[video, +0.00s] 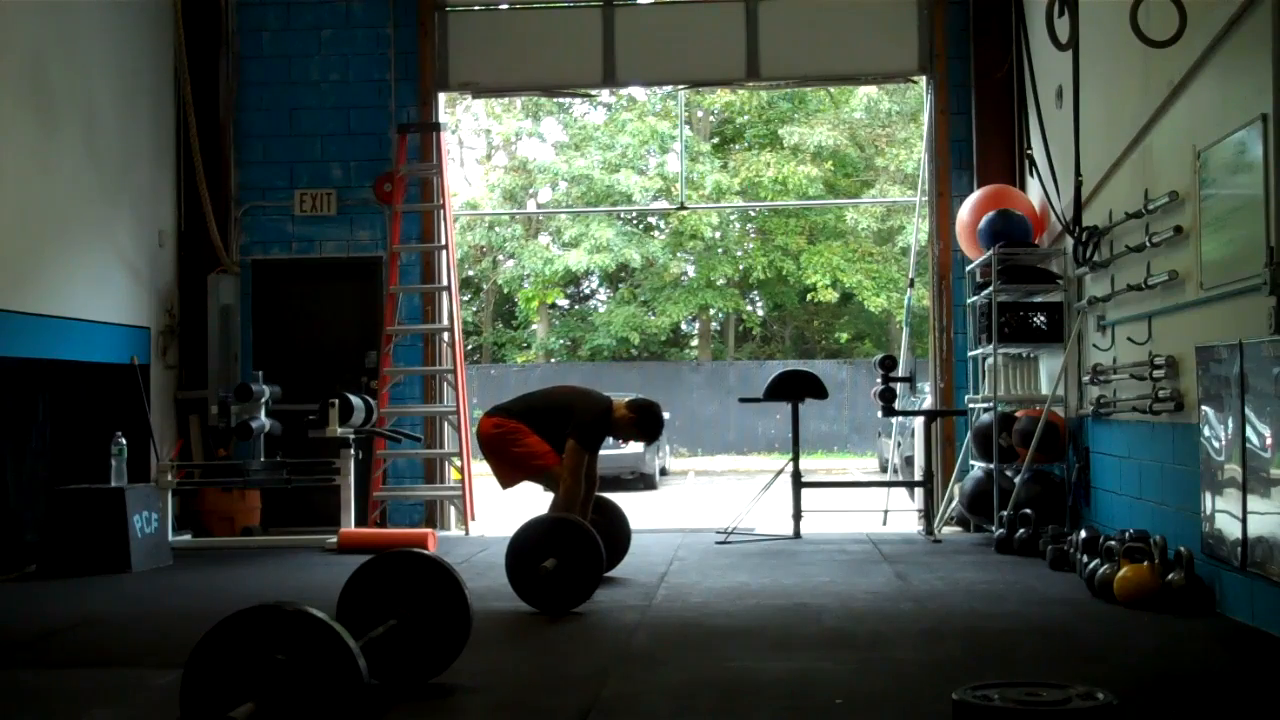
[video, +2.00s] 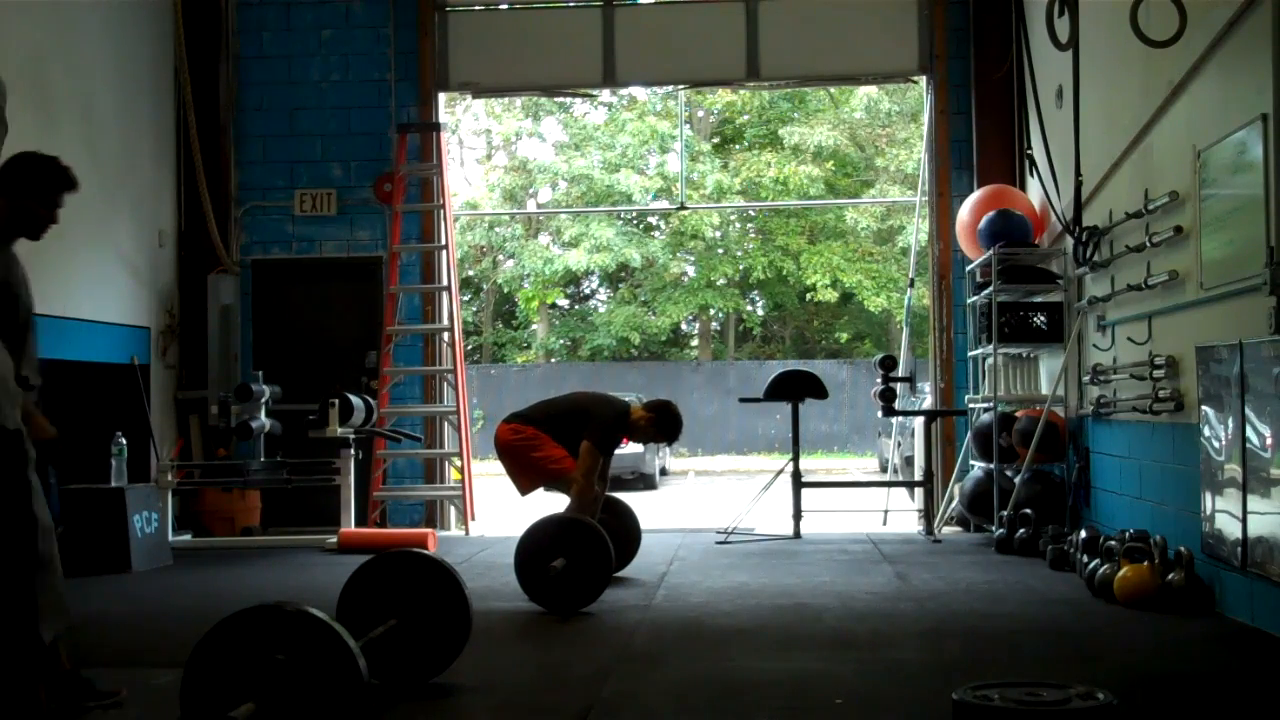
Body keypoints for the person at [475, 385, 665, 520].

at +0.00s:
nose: (625, 441)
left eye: (632, 440)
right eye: (631, 436)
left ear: (629, 412)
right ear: (629, 417)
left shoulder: (602, 417)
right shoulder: (593, 412)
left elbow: (590, 477)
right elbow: (573, 476)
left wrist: (581, 528)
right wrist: (562, 535)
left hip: (513, 428)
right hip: (500, 426)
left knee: (579, 480)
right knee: (568, 482)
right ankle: (553, 551)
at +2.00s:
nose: (645, 443)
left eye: (651, 442)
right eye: (650, 438)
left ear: (646, 416)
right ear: (647, 420)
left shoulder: (617, 422)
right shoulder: (610, 416)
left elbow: (600, 481)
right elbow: (584, 480)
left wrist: (588, 535)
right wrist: (572, 538)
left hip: (529, 434)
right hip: (518, 433)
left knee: (592, 487)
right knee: (584, 487)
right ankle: (566, 553)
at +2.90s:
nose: (629, 444)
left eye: (636, 443)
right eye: (635, 438)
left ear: (634, 415)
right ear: (634, 418)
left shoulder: (605, 419)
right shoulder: (599, 413)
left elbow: (592, 479)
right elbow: (578, 478)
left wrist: (584, 528)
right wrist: (572, 535)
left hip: (513, 423)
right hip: (505, 422)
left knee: (575, 483)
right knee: (569, 482)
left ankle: (555, 547)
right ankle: (557, 548)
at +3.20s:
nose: (631, 432)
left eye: (638, 434)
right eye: (636, 425)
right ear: (634, 405)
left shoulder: (607, 416)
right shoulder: (599, 411)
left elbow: (596, 476)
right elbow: (583, 477)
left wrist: (588, 524)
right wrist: (575, 527)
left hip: (517, 402)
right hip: (508, 401)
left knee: (549, 482)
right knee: (548, 482)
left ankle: (544, 551)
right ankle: (542, 552)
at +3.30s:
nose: (632, 430)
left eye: (639, 432)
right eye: (637, 422)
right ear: (636, 403)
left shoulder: (609, 413)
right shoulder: (601, 407)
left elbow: (596, 476)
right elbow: (583, 475)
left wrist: (589, 524)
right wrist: (577, 526)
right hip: (518, 401)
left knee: (546, 481)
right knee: (544, 482)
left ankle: (545, 549)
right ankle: (542, 550)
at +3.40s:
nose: (634, 428)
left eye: (640, 430)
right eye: (639, 421)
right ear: (637, 402)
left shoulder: (610, 414)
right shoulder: (602, 406)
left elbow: (598, 474)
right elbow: (584, 474)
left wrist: (588, 523)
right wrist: (577, 522)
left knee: (548, 480)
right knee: (546, 481)